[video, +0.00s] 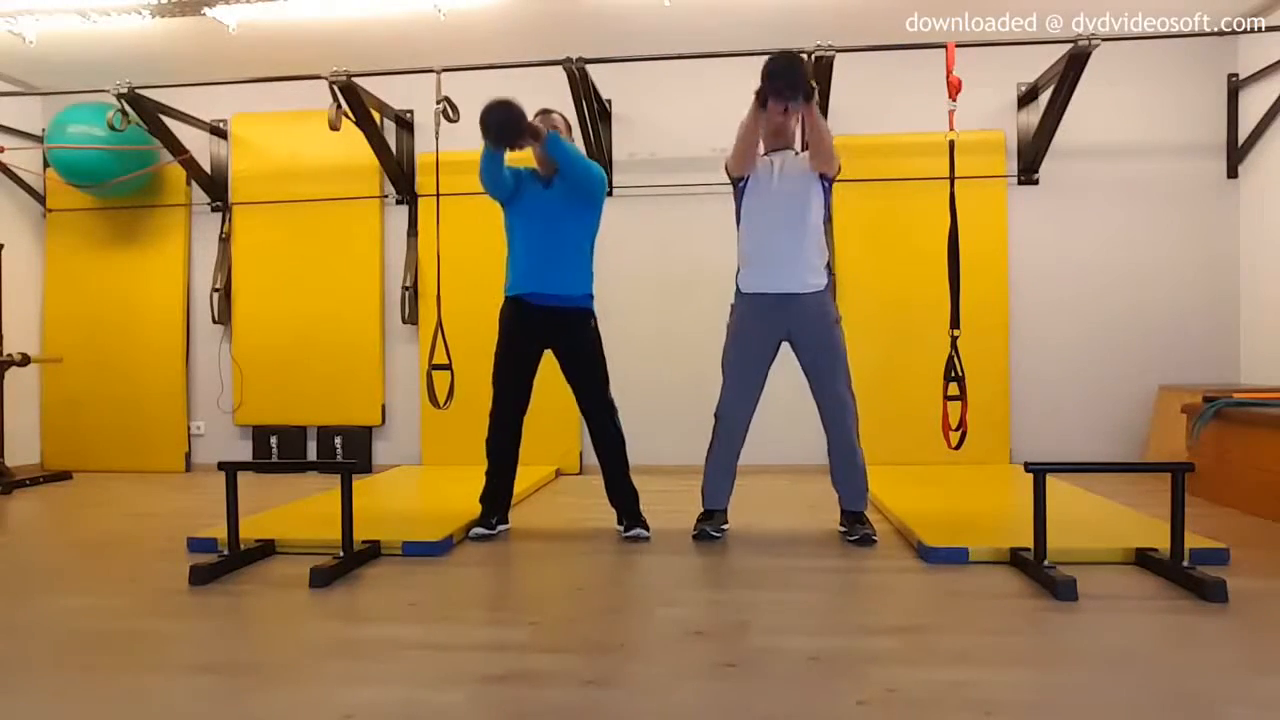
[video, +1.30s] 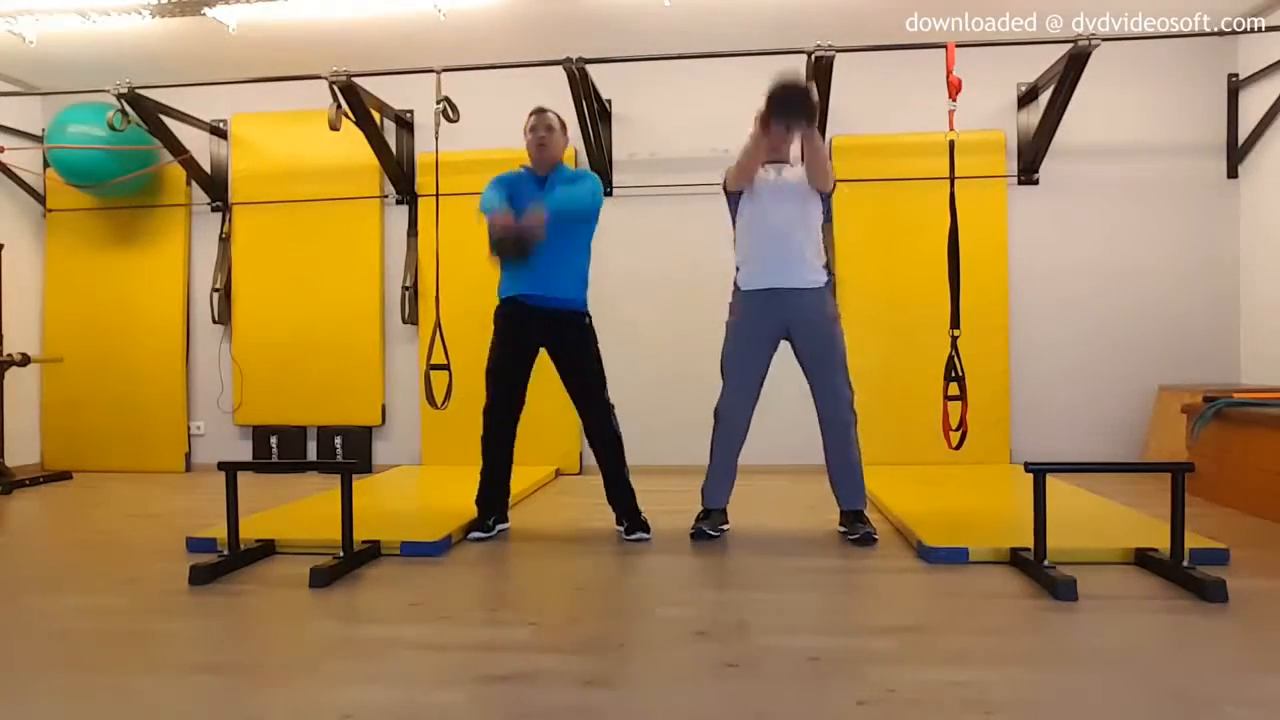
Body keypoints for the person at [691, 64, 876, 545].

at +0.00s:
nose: (785, 114)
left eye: (793, 105)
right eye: (777, 104)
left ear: (808, 107)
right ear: (761, 104)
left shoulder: (819, 160)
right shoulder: (744, 162)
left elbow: (824, 159)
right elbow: (740, 161)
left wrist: (811, 111)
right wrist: (755, 114)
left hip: (812, 302)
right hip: (755, 303)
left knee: (839, 407)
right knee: (733, 408)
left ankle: (854, 512)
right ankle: (713, 511)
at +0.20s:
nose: (777, 112)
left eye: (784, 106)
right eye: (769, 107)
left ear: (798, 118)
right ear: (757, 120)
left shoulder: (818, 161)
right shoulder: (746, 167)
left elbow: (830, 177)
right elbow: (739, 177)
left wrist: (805, 159)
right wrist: (771, 157)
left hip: (813, 308)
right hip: (755, 309)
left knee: (843, 409)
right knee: (728, 411)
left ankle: (854, 512)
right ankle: (713, 511)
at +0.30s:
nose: (776, 112)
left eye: (784, 108)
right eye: (768, 109)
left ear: (798, 125)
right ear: (756, 127)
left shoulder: (821, 171)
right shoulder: (743, 176)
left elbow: (826, 206)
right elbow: (744, 206)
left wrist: (801, 229)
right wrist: (772, 228)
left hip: (811, 316)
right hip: (753, 317)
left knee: (850, 411)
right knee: (721, 413)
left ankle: (854, 513)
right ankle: (713, 511)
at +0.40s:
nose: (777, 127)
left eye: (784, 122)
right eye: (768, 123)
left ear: (798, 138)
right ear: (756, 142)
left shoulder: (822, 192)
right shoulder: (741, 200)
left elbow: (826, 256)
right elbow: (747, 262)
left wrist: (808, 302)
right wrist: (772, 309)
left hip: (812, 321)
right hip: (754, 322)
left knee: (855, 405)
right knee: (715, 410)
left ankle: (855, 512)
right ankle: (712, 511)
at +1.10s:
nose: (774, 114)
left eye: (780, 108)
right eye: (765, 109)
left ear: (792, 122)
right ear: (752, 125)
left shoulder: (817, 166)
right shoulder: (738, 174)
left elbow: (820, 207)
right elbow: (746, 214)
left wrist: (805, 252)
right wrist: (771, 253)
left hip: (811, 304)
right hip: (753, 305)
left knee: (840, 405)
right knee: (727, 407)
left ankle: (853, 511)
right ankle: (713, 510)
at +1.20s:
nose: (774, 128)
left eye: (781, 122)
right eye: (766, 123)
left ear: (792, 134)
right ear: (753, 136)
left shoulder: (812, 169)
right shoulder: (741, 175)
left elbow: (825, 187)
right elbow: (738, 189)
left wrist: (776, 183)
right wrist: (784, 182)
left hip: (810, 301)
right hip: (753, 303)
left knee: (835, 405)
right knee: (732, 407)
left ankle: (852, 511)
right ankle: (713, 510)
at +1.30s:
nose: (787, 136)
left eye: (795, 129)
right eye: (781, 128)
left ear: (808, 129)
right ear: (763, 125)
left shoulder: (816, 171)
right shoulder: (742, 174)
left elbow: (821, 179)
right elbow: (739, 177)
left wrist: (810, 128)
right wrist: (760, 135)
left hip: (811, 300)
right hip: (754, 301)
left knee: (837, 405)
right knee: (733, 405)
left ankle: (853, 511)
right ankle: (714, 508)